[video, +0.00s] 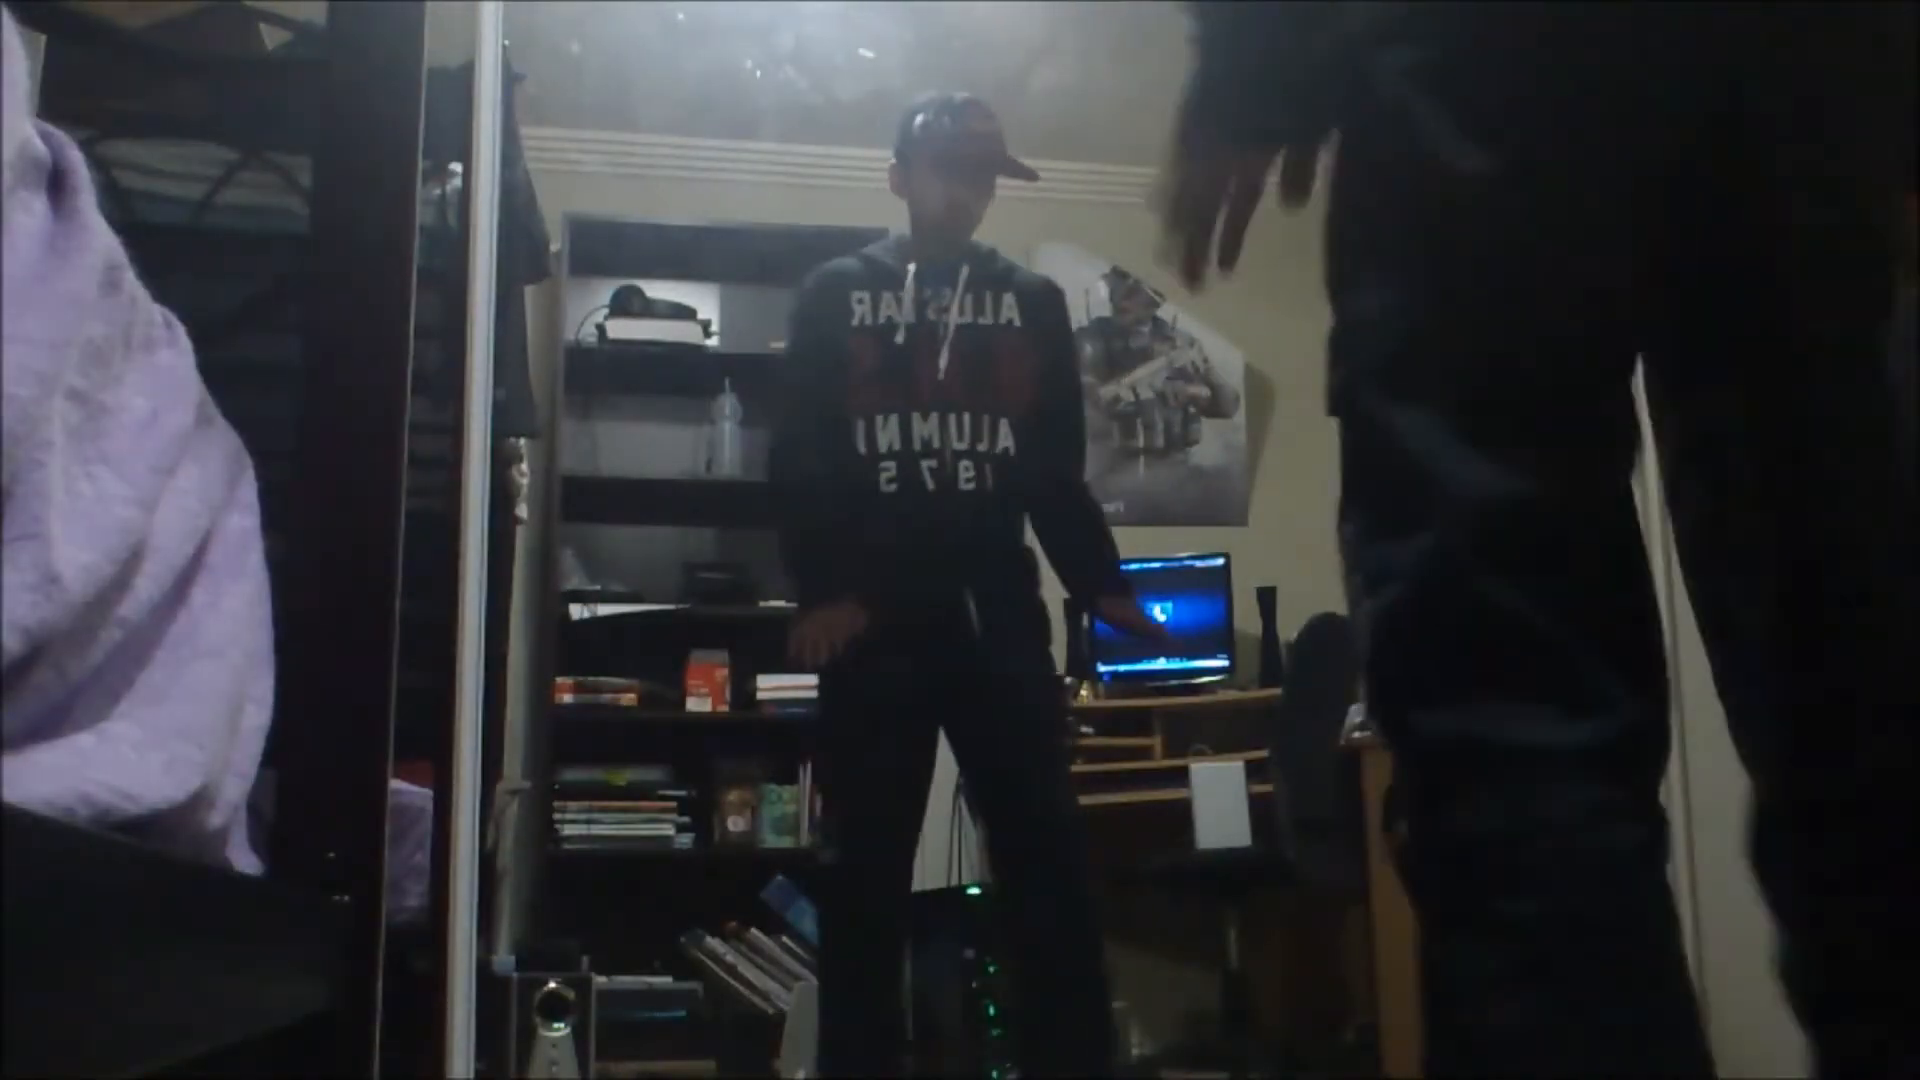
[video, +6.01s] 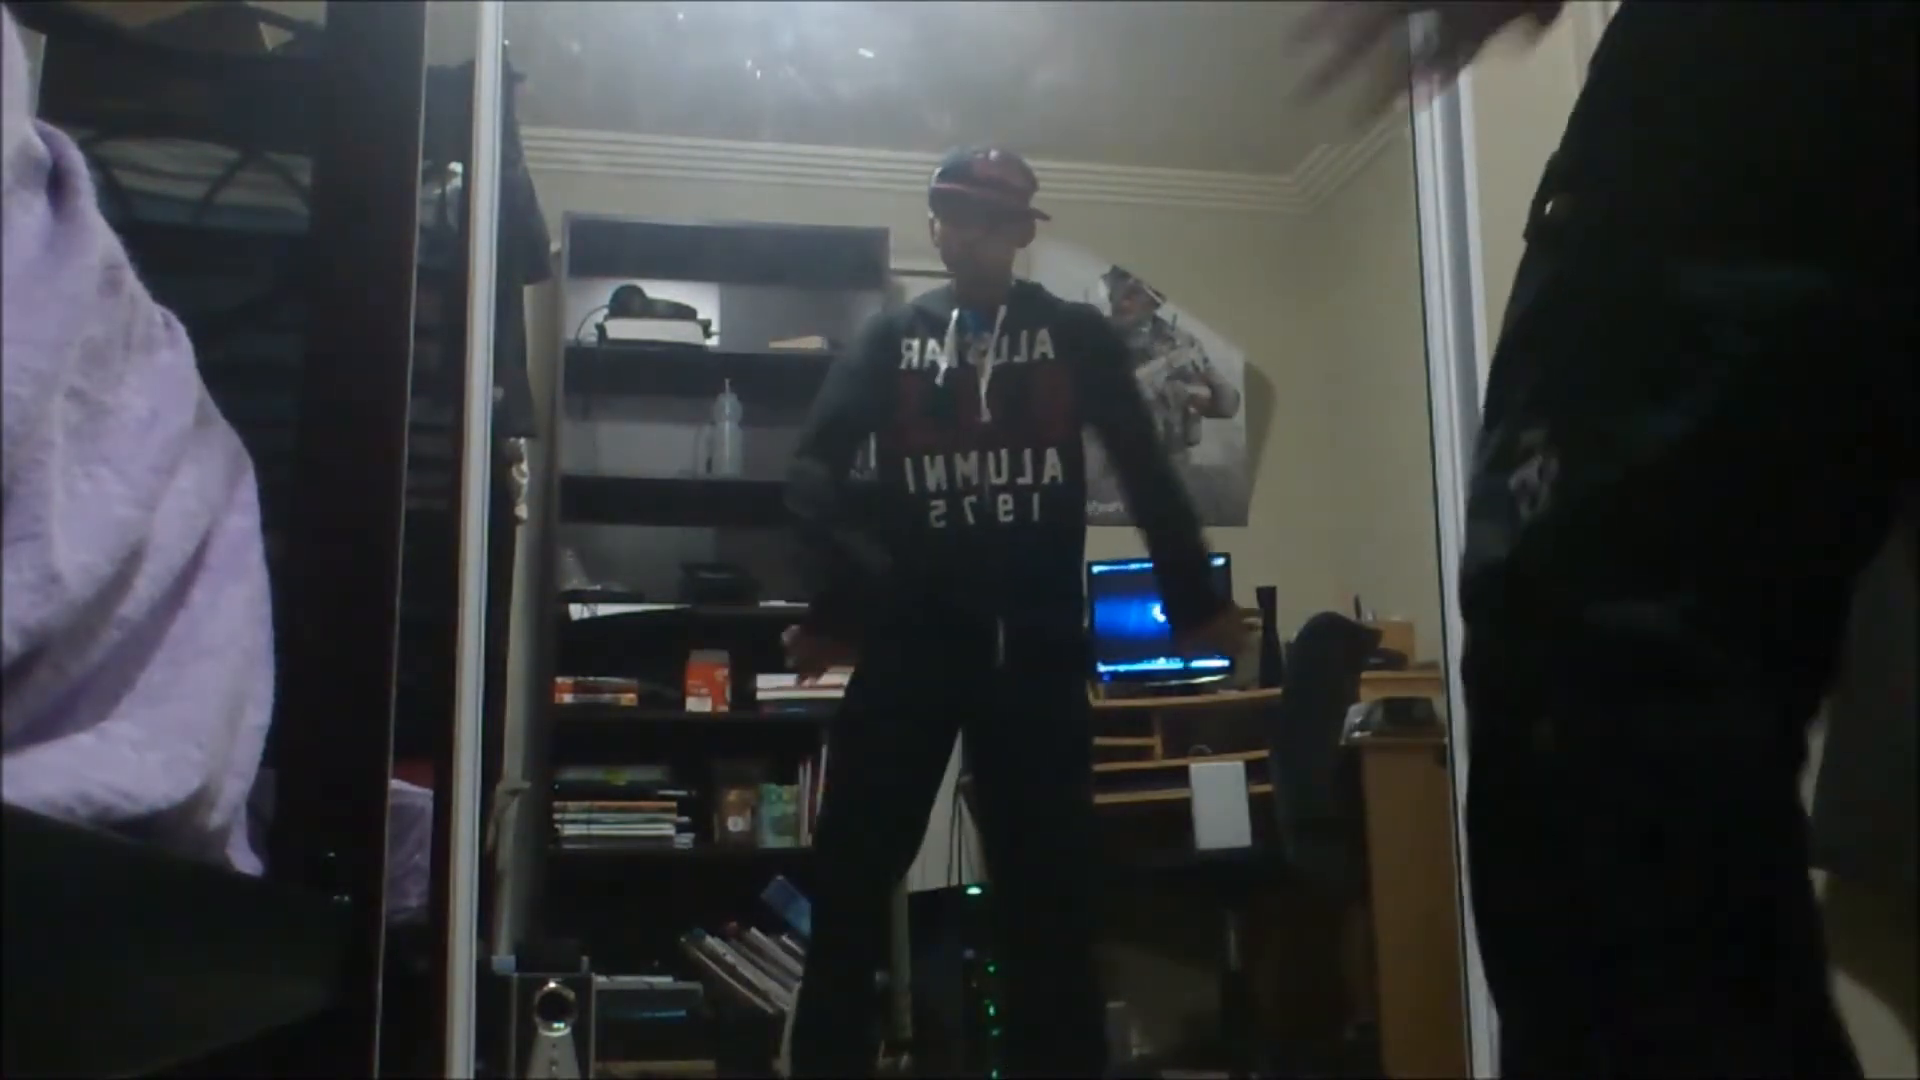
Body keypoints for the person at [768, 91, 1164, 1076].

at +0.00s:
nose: (967, 188)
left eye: (983, 171)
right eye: (947, 167)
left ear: (999, 179)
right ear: (901, 173)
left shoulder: (1032, 301)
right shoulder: (837, 290)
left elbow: (1053, 471)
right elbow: (804, 448)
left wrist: (1102, 585)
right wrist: (819, 587)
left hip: (996, 609)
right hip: (874, 610)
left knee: (1044, 855)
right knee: (867, 868)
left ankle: (1071, 1064)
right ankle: (857, 1069)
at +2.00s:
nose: (999, 187)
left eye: (1019, 170)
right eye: (981, 167)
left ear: (1046, 184)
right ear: (949, 177)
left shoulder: (1092, 299)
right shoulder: (893, 304)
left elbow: (1164, 467)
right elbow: (857, 466)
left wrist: (1113, 454)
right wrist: (842, 599)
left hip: (1052, 618)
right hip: (924, 615)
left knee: (1061, 868)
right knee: (893, 866)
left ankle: (1069, 1066)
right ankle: (883, 1068)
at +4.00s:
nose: (890, 248)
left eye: (911, 232)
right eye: (878, 231)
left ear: (953, 242)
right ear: (862, 237)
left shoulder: (1012, 351)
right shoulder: (834, 361)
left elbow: (1060, 503)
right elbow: (795, 504)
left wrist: (1028, 612)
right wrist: (781, 621)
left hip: (987, 648)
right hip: (865, 645)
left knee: (1016, 882)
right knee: (827, 876)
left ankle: (1048, 1068)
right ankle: (815, 1066)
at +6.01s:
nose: (974, 237)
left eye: (995, 220)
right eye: (958, 217)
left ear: (1028, 229)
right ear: (934, 224)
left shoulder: (1079, 334)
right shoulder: (887, 334)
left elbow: (1145, 470)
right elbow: (811, 471)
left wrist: (1195, 598)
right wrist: (864, 574)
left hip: (1035, 639)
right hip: (912, 635)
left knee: (1047, 884)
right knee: (852, 871)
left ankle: (1058, 1068)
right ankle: (828, 1068)